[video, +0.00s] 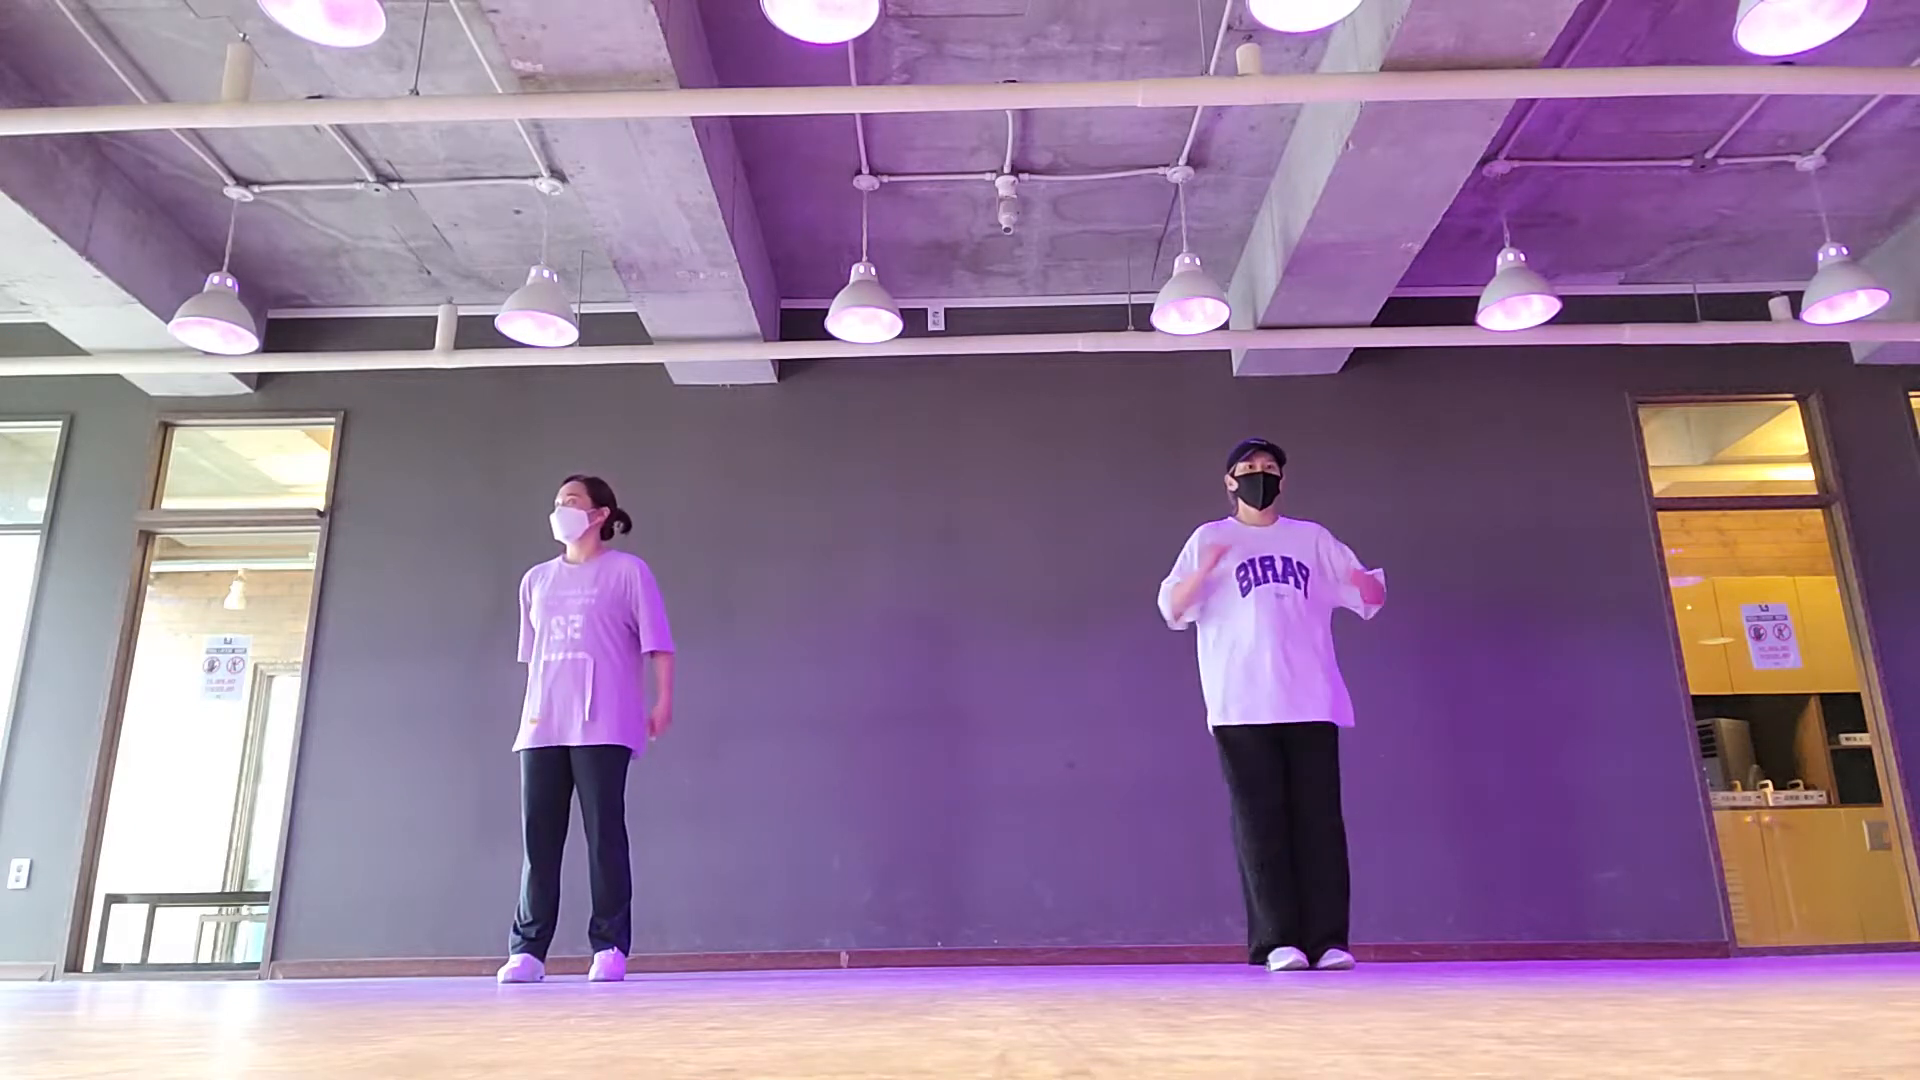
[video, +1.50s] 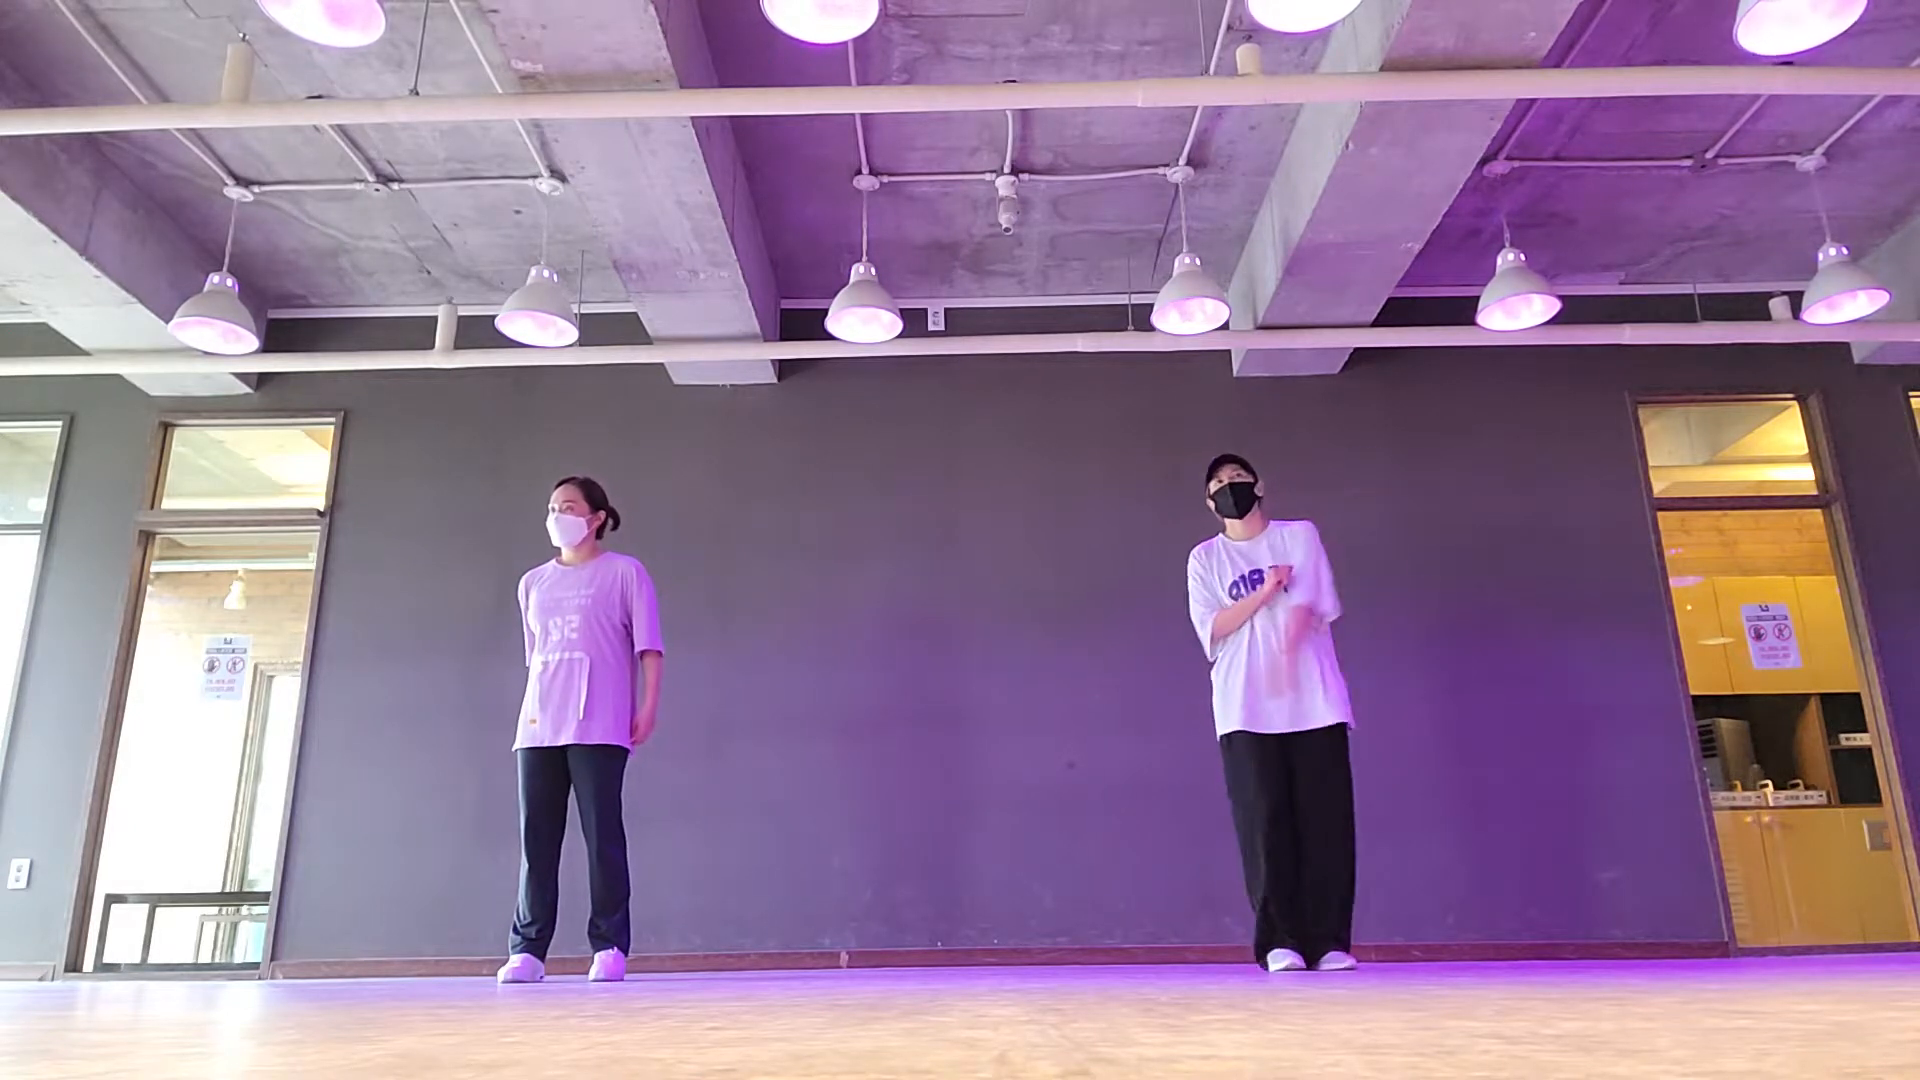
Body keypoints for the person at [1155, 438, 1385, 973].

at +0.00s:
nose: (1260, 478)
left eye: (1269, 470)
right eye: (1249, 470)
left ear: (1281, 479)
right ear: (1231, 481)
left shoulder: (1313, 538)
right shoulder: (1209, 539)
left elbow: (1368, 597)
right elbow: (1172, 610)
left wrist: (1369, 584)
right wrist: (1205, 566)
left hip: (1311, 704)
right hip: (1242, 707)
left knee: (1319, 821)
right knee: (1262, 827)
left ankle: (1328, 942)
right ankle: (1276, 945)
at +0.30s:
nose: (1266, 489)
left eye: (1275, 482)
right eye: (1255, 481)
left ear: (1287, 491)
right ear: (1236, 491)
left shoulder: (1309, 543)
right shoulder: (1217, 539)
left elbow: (1334, 596)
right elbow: (1235, 584)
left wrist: (1294, 552)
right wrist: (1277, 539)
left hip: (1312, 707)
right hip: (1246, 707)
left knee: (1323, 827)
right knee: (1263, 831)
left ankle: (1328, 946)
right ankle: (1278, 947)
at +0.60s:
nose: (1271, 479)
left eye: (1280, 472)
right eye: (1261, 471)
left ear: (1292, 483)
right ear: (1241, 482)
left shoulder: (1318, 545)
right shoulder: (1218, 532)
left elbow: (1372, 609)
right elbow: (1175, 556)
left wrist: (1345, 554)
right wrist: (1170, 514)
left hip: (1310, 705)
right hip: (1244, 703)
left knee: (1314, 825)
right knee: (1261, 827)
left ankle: (1321, 942)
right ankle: (1272, 944)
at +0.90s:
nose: (1264, 488)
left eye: (1273, 481)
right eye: (1253, 481)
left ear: (1284, 491)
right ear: (1234, 491)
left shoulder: (1316, 548)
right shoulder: (1214, 547)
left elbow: (1376, 592)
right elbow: (1194, 619)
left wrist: (1361, 525)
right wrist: (1208, 660)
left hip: (1318, 713)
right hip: (1251, 714)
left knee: (1331, 830)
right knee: (1269, 834)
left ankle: (1331, 944)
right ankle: (1279, 947)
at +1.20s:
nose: (1238, 476)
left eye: (1247, 468)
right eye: (1227, 474)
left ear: (1265, 479)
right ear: (1216, 495)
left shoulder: (1316, 524)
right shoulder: (1207, 552)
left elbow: (1384, 503)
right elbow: (1182, 627)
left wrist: (1434, 464)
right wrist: (1233, 621)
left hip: (1313, 705)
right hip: (1244, 714)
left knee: (1314, 826)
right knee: (1257, 831)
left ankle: (1323, 944)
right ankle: (1273, 944)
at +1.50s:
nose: (1229, 492)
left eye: (1238, 482)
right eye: (1219, 488)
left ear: (1258, 488)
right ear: (1210, 502)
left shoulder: (1300, 535)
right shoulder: (1204, 559)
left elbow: (1319, 609)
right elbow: (1211, 629)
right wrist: (1265, 592)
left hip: (1315, 708)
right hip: (1248, 714)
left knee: (1327, 825)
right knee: (1265, 831)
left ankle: (1330, 943)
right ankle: (1278, 945)